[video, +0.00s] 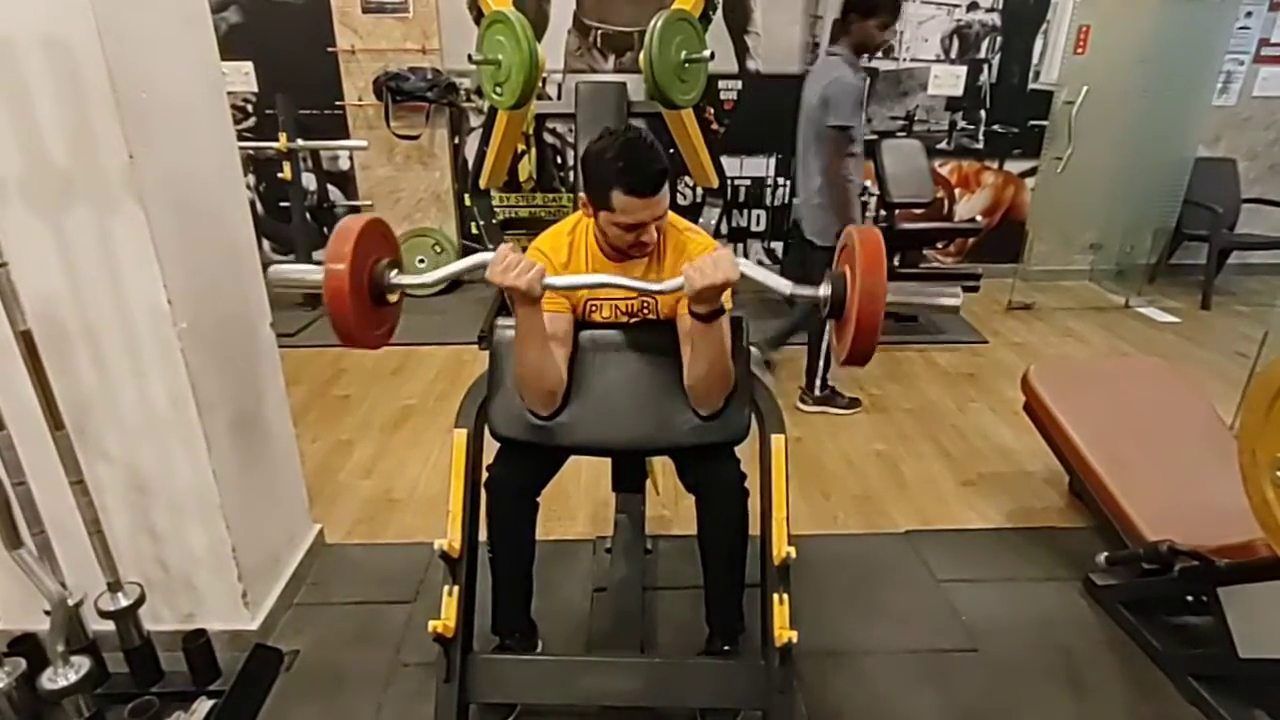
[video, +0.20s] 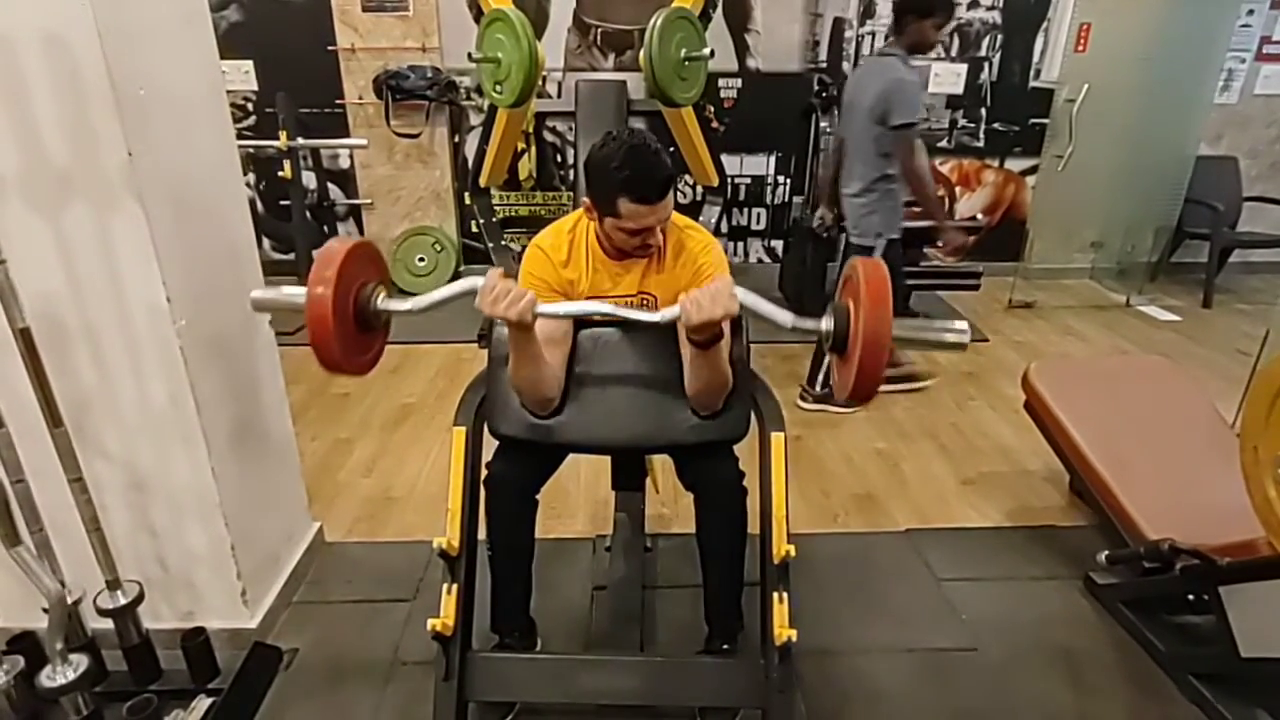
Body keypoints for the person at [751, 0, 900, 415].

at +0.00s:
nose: (887, 38)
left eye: (890, 29)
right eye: (882, 27)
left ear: (853, 23)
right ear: (854, 22)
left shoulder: (827, 67)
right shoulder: (845, 80)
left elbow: (822, 148)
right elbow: (834, 164)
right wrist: (852, 225)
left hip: (810, 207)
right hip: (827, 215)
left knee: (805, 295)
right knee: (826, 300)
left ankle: (760, 346)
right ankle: (816, 386)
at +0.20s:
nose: (939, 39)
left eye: (943, 30)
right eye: (937, 28)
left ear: (902, 21)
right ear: (912, 21)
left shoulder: (864, 69)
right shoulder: (901, 80)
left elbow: (840, 143)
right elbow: (911, 166)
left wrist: (827, 197)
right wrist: (943, 225)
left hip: (853, 206)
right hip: (877, 216)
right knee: (866, 302)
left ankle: (877, 361)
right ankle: (826, 379)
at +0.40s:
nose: (992, 42)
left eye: (993, 33)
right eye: (987, 32)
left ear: (957, 30)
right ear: (962, 29)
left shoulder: (910, 75)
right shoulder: (956, 83)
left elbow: (884, 147)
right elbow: (964, 167)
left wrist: (873, 207)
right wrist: (998, 226)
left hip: (904, 210)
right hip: (928, 217)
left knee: (937, 291)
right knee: (899, 300)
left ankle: (941, 372)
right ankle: (849, 366)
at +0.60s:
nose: (1042, 29)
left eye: (1044, 20)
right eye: (1039, 19)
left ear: (1006, 19)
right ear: (1013, 18)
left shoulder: (975, 60)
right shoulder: (1004, 69)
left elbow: (960, 141)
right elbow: (990, 152)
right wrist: (1010, 222)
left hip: (956, 204)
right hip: (975, 210)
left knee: (956, 290)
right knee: (989, 296)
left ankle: (943, 370)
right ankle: (925, 358)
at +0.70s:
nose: (1080, 28)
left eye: (1082, 19)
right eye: (1078, 17)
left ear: (1047, 15)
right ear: (1053, 14)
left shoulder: (1007, 62)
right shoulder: (1039, 68)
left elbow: (990, 140)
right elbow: (1020, 150)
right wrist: (1030, 222)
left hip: (987, 206)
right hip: (1021, 211)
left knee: (964, 292)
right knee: (1044, 290)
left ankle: (942, 371)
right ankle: (1008, 373)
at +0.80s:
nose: (1091, 31)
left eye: (1094, 21)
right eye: (1088, 20)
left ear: (1058, 18)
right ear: (1062, 16)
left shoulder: (1014, 63)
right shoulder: (1048, 72)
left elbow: (999, 139)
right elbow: (1027, 150)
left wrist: (1003, 201)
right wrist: (1030, 224)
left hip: (994, 208)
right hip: (1027, 215)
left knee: (966, 294)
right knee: (1045, 298)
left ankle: (942, 371)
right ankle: (1035, 381)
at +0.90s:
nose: (1137, 35)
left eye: (1139, 26)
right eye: (1134, 25)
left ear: (1096, 22)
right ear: (1109, 23)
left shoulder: (1062, 68)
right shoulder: (1093, 80)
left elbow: (1044, 145)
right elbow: (1068, 160)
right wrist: (1067, 231)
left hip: (1029, 206)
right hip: (1058, 214)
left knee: (999, 283)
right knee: (1067, 299)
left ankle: (951, 363)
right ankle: (1073, 371)